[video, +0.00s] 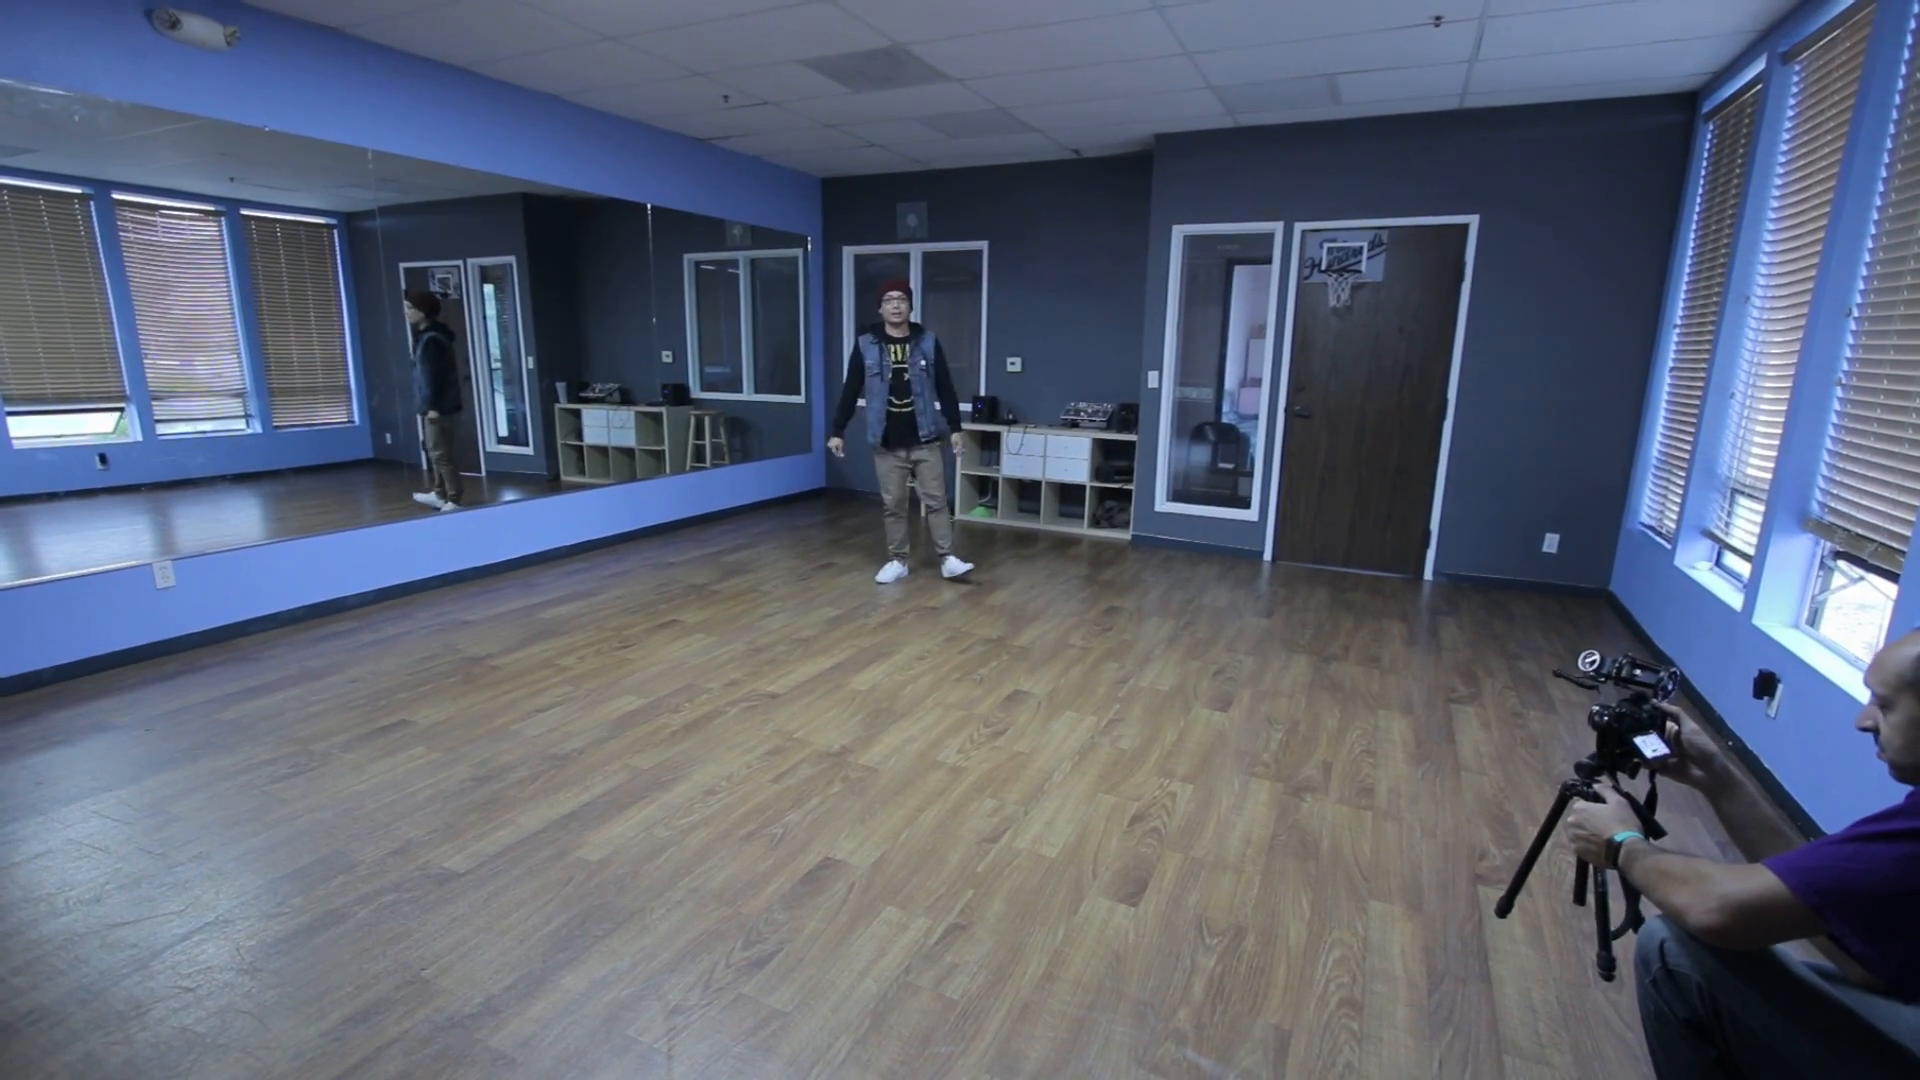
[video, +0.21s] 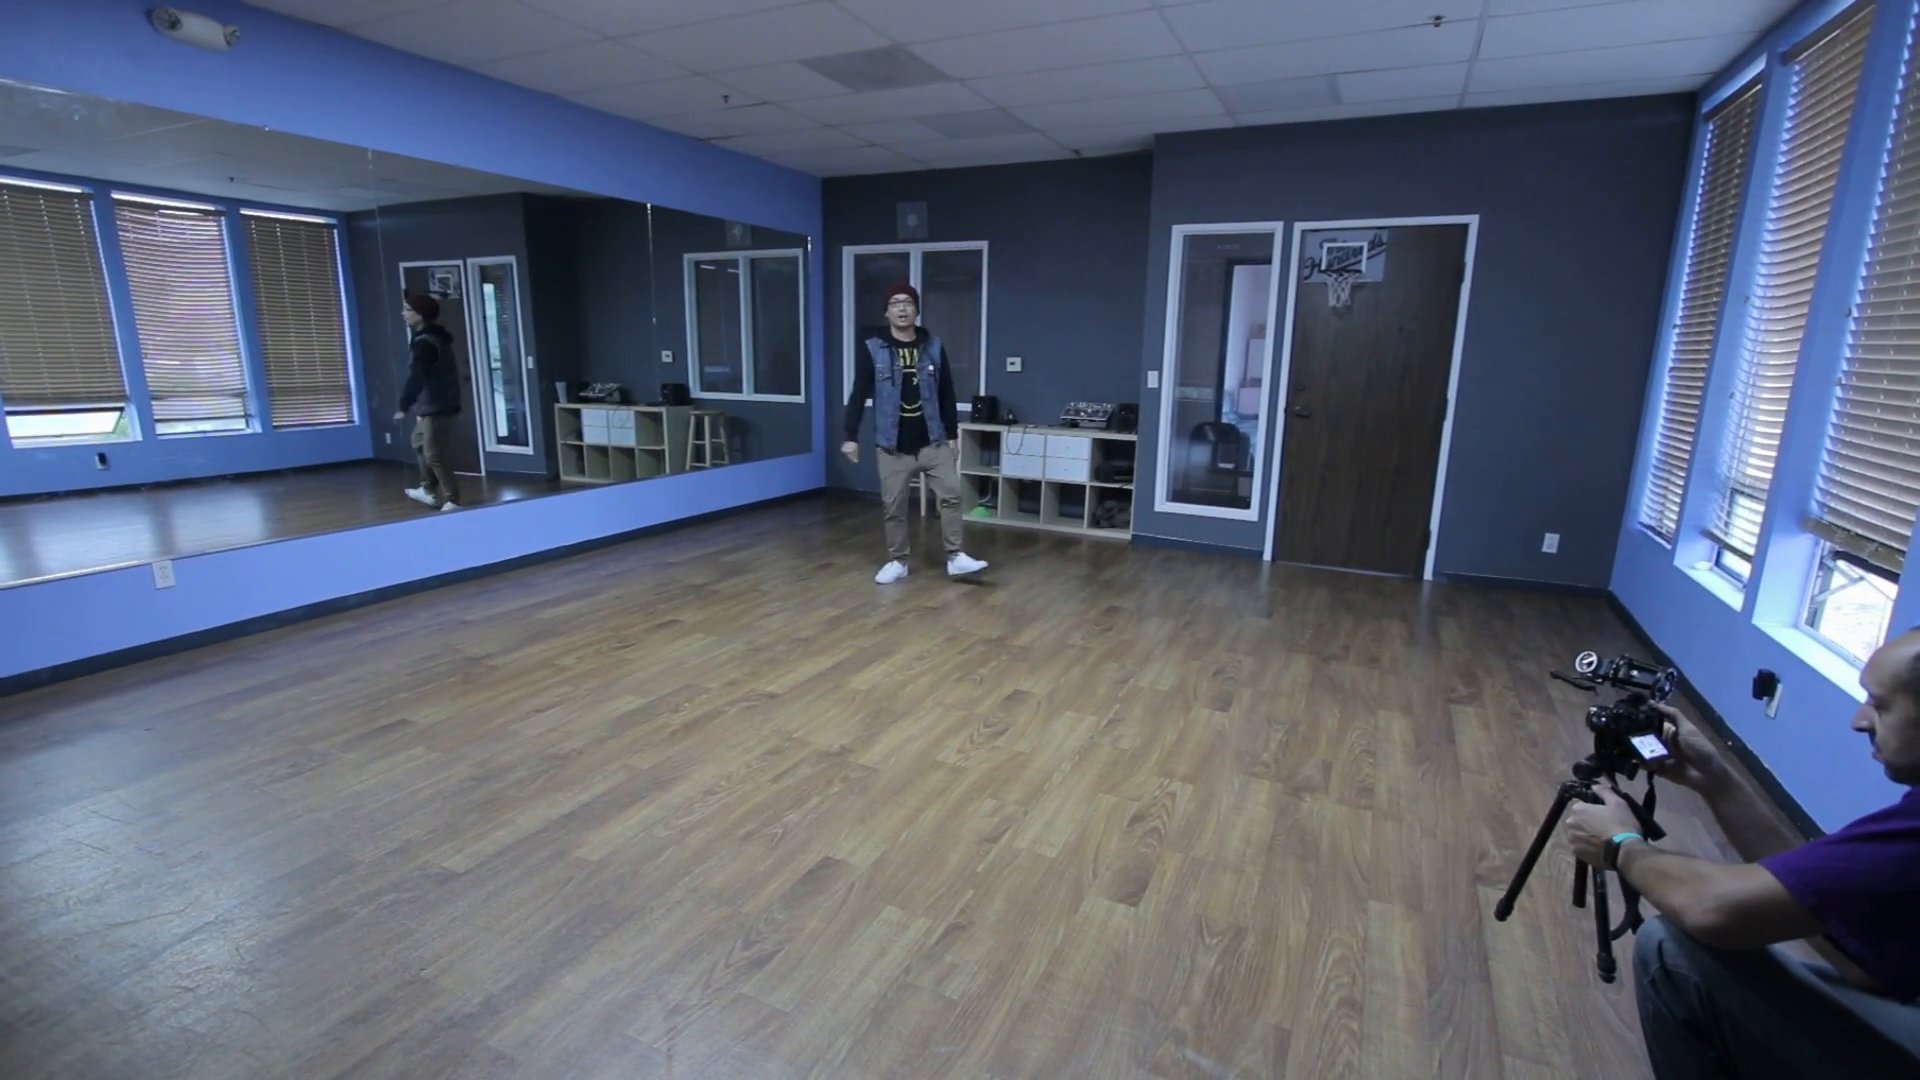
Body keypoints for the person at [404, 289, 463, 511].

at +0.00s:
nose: (407, 313)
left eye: (410, 309)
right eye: (406, 309)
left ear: (423, 312)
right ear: (423, 312)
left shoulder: (432, 340)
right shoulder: (426, 337)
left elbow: (433, 376)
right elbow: (428, 375)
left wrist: (432, 406)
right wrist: (425, 404)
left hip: (439, 406)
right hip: (433, 404)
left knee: (439, 452)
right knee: (433, 451)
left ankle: (453, 497)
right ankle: (438, 491)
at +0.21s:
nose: (404, 315)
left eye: (408, 311)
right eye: (404, 310)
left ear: (420, 314)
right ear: (422, 314)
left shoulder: (424, 342)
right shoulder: (437, 335)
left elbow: (416, 378)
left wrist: (403, 407)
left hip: (435, 405)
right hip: (439, 402)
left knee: (433, 453)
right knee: (419, 442)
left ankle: (452, 499)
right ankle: (427, 490)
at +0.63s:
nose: (384, 312)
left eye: (389, 308)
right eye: (385, 308)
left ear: (400, 313)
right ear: (404, 313)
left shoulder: (403, 338)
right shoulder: (412, 333)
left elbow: (396, 372)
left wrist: (383, 391)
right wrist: (390, 389)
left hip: (423, 402)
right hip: (416, 402)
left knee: (433, 452)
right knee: (415, 452)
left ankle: (453, 498)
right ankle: (422, 498)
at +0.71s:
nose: (378, 314)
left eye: (382, 310)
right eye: (379, 310)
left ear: (393, 314)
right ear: (396, 314)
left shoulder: (398, 337)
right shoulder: (408, 333)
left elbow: (393, 372)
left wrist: (382, 398)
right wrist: (391, 395)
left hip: (418, 401)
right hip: (413, 402)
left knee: (425, 451)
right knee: (408, 451)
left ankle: (451, 497)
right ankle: (421, 498)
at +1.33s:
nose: (352, 320)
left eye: (355, 316)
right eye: (352, 316)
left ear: (367, 317)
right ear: (370, 317)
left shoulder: (379, 340)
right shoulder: (384, 337)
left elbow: (389, 376)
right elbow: (390, 376)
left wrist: (394, 409)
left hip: (389, 409)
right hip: (402, 407)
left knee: (379, 452)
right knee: (404, 454)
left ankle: (385, 499)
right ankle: (421, 497)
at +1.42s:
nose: (351, 320)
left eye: (354, 316)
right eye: (351, 316)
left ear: (363, 318)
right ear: (372, 317)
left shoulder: (373, 341)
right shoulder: (385, 336)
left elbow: (382, 378)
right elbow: (387, 377)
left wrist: (381, 411)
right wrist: (386, 406)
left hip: (388, 410)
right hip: (400, 408)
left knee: (370, 451)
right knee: (398, 452)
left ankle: (375, 500)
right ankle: (421, 496)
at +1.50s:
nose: (344, 319)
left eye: (347, 315)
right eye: (344, 315)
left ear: (359, 317)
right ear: (366, 316)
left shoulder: (368, 340)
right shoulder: (380, 335)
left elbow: (375, 377)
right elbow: (382, 376)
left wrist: (373, 411)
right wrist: (380, 406)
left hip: (381, 409)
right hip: (392, 406)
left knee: (364, 452)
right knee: (397, 452)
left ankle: (363, 501)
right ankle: (421, 496)